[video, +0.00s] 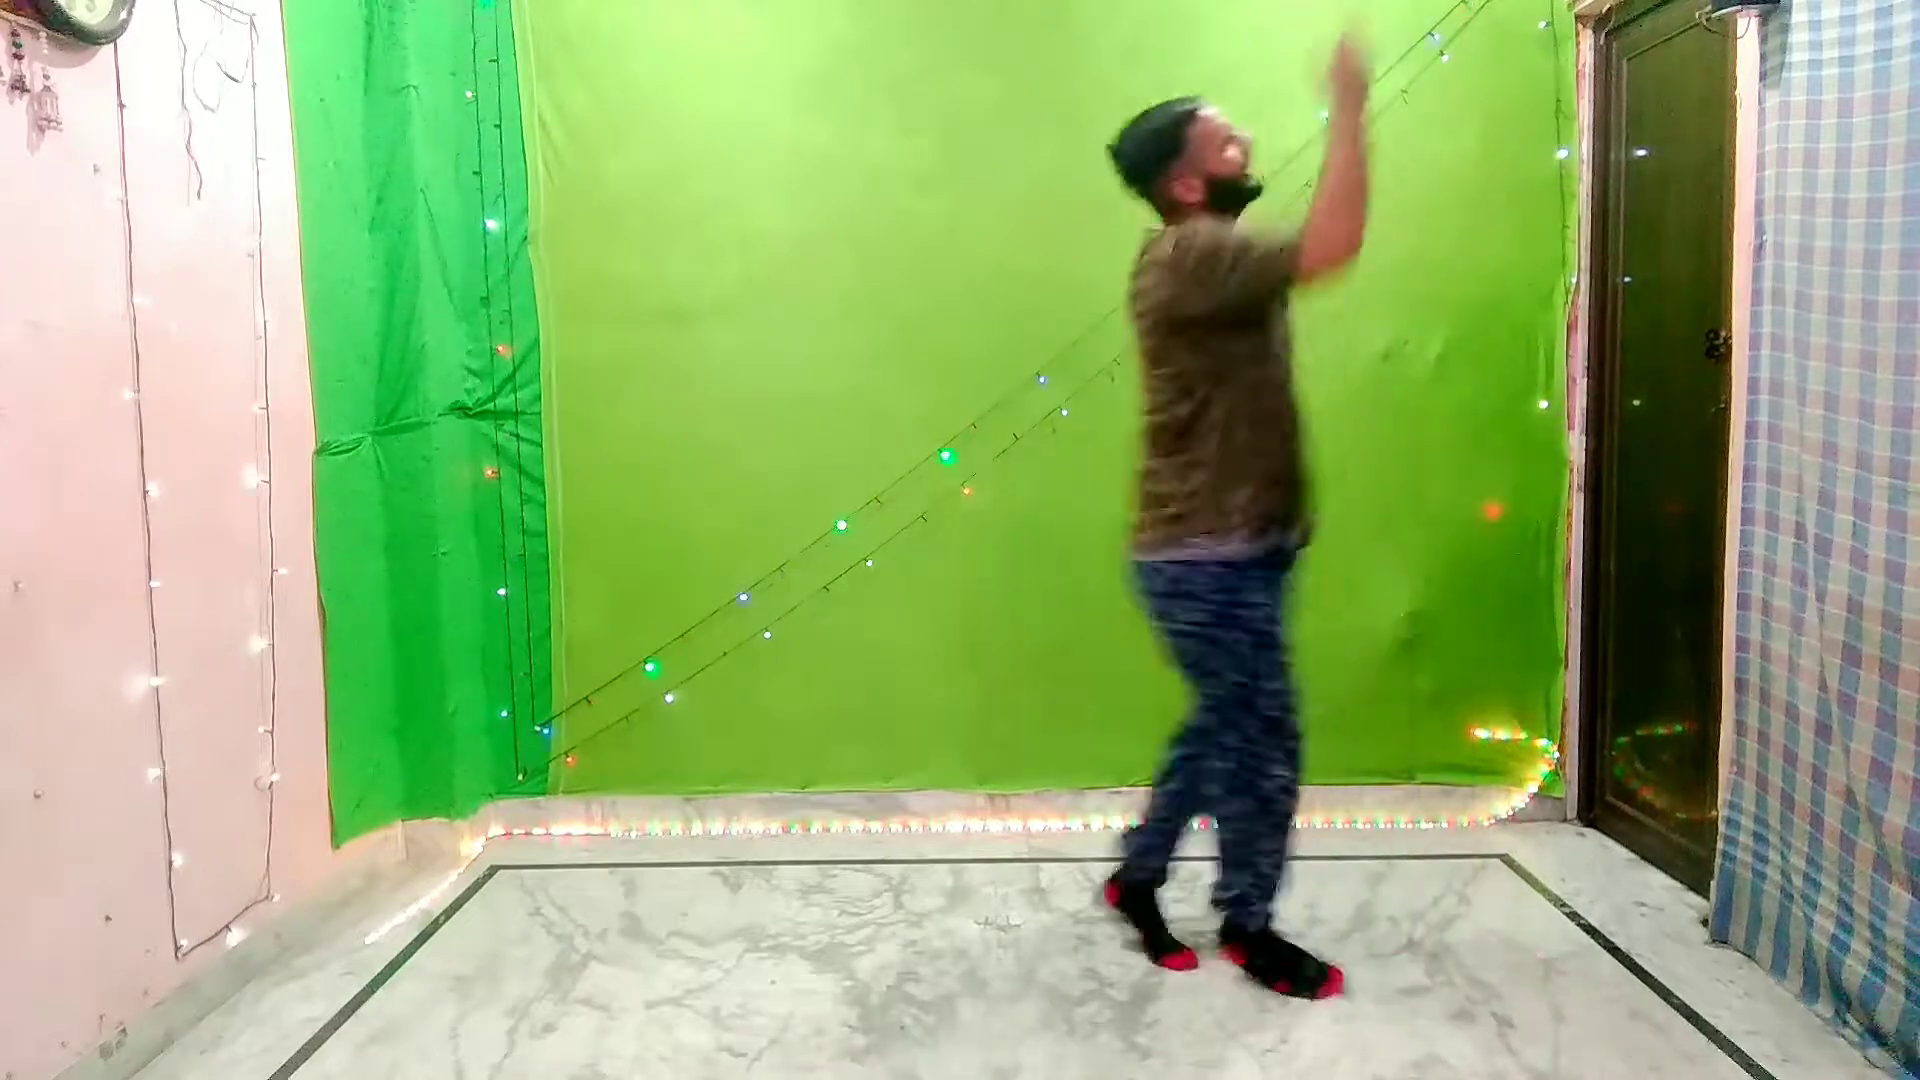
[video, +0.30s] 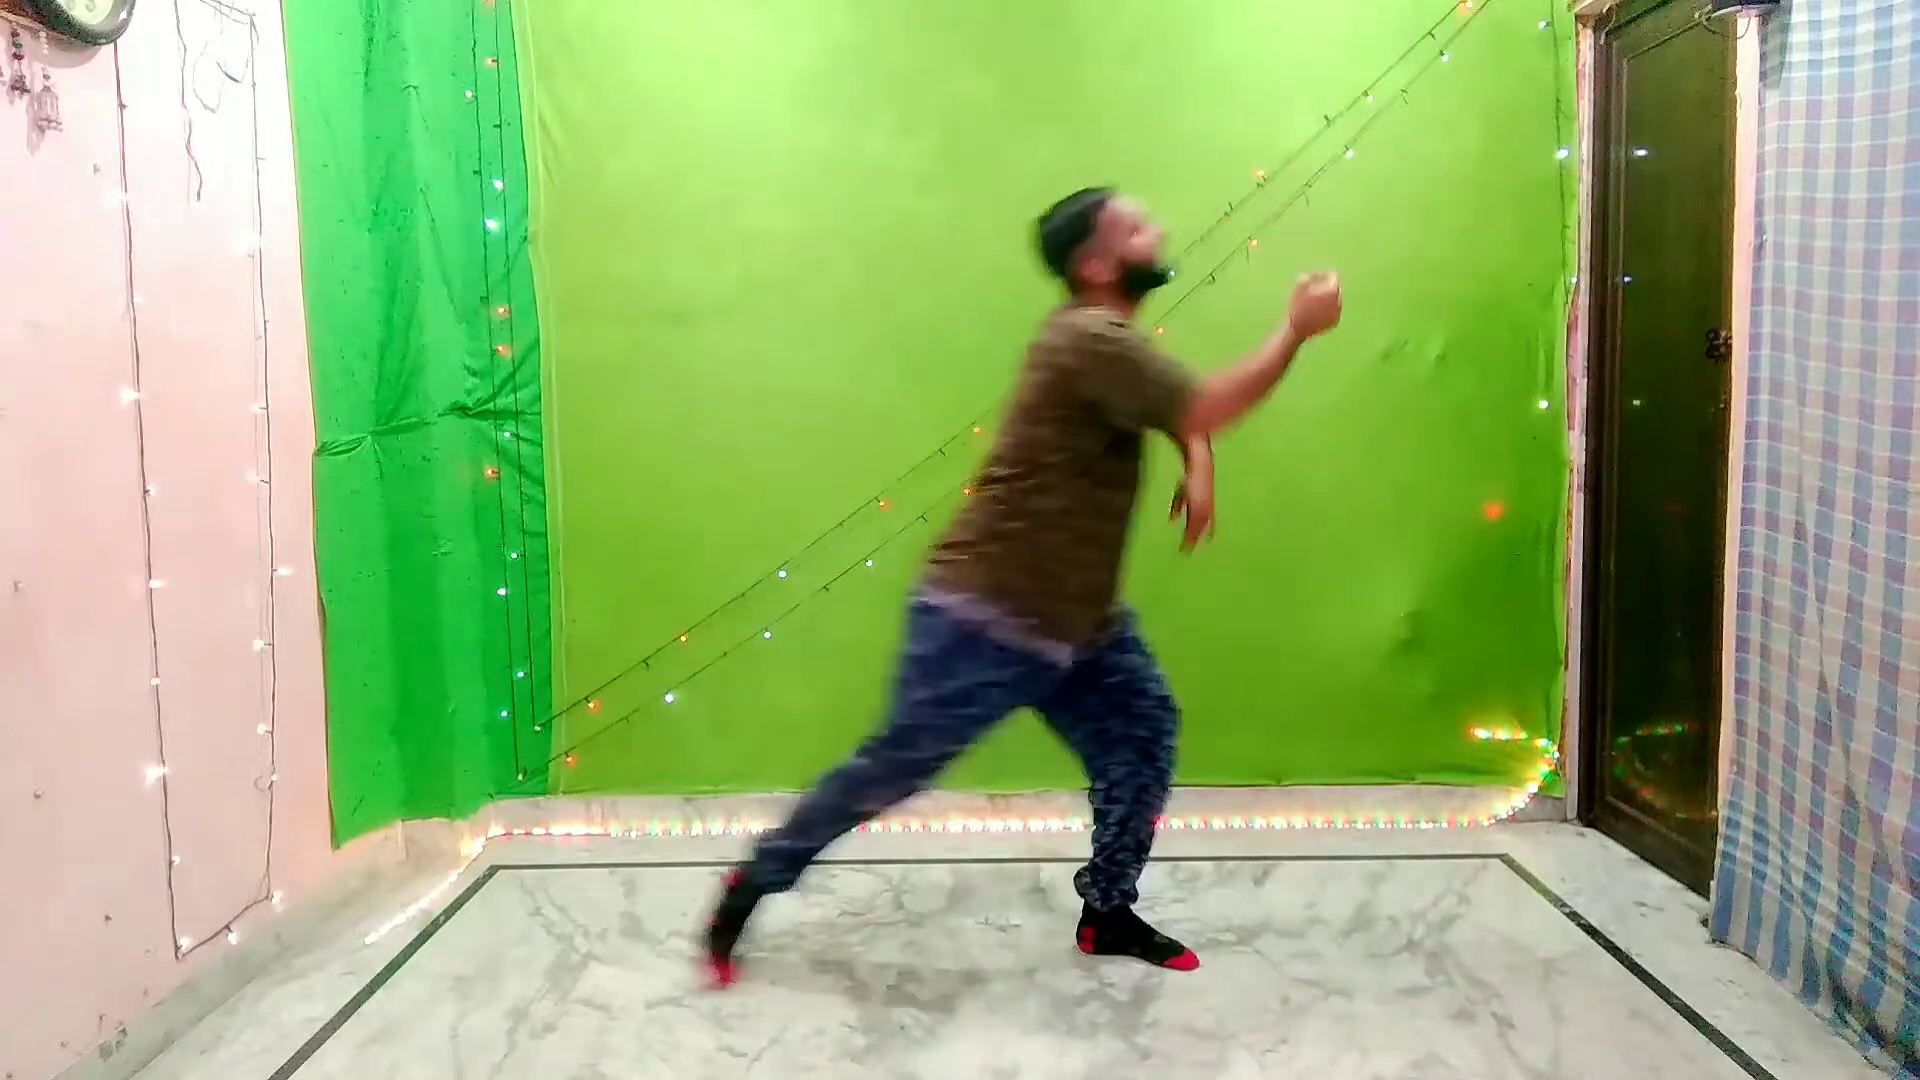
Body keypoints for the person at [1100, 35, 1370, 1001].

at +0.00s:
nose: (1241, 139)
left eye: (1229, 128)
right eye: (1221, 133)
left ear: (1182, 174)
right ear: (1184, 171)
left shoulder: (1201, 255)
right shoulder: (1190, 258)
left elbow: (1325, 244)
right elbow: (1330, 244)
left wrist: (1348, 123)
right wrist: (1350, 109)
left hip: (1228, 553)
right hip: (1207, 562)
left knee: (1224, 719)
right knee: (1262, 741)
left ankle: (1139, 875)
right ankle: (1247, 927)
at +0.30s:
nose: (1151, 232)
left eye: (1140, 220)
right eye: (1130, 228)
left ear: (1101, 265)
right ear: (1092, 262)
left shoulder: (1116, 341)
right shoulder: (1083, 341)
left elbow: (1178, 409)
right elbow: (1202, 411)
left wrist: (1197, 466)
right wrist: (1293, 332)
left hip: (1068, 614)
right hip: (985, 607)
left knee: (1140, 733)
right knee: (898, 763)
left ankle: (1109, 911)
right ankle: (754, 882)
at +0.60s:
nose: (943, 223)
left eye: (938, 211)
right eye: (923, 217)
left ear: (923, 247)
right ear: (886, 252)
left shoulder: (946, 332)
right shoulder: (872, 333)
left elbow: (1023, 349)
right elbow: (992, 340)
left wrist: (1109, 325)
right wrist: (1120, 301)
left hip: (963, 616)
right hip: (859, 620)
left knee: (1046, 740)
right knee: (796, 778)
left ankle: (1096, 912)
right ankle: (701, 915)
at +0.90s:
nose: (829, 243)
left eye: (821, 232)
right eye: (807, 241)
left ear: (826, 252)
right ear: (766, 284)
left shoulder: (884, 341)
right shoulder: (758, 356)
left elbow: (988, 366)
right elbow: (833, 378)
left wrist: (1036, 314)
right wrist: (964, 288)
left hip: (923, 613)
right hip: (809, 629)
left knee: (1023, 731)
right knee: (759, 792)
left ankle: (1052, 911)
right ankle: (696, 926)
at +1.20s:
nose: (954, 231)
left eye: (943, 220)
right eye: (929, 230)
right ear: (895, 277)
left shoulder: (1001, 338)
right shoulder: (885, 367)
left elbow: (1105, 367)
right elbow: (967, 417)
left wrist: (1139, 290)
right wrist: (990, 281)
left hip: (1012, 619)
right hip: (910, 630)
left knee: (1078, 751)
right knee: (847, 783)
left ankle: (1022, 914)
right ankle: (723, 905)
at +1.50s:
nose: (1105, 219)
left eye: (1095, 208)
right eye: (1083, 216)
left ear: (1064, 258)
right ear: (1048, 260)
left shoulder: (1122, 326)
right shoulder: (1049, 341)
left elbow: (1225, 377)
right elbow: (1158, 358)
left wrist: (1245, 296)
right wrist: (1222, 224)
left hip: (1130, 604)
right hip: (1080, 610)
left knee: (1133, 774)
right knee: (1190, 745)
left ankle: (1030, 908)